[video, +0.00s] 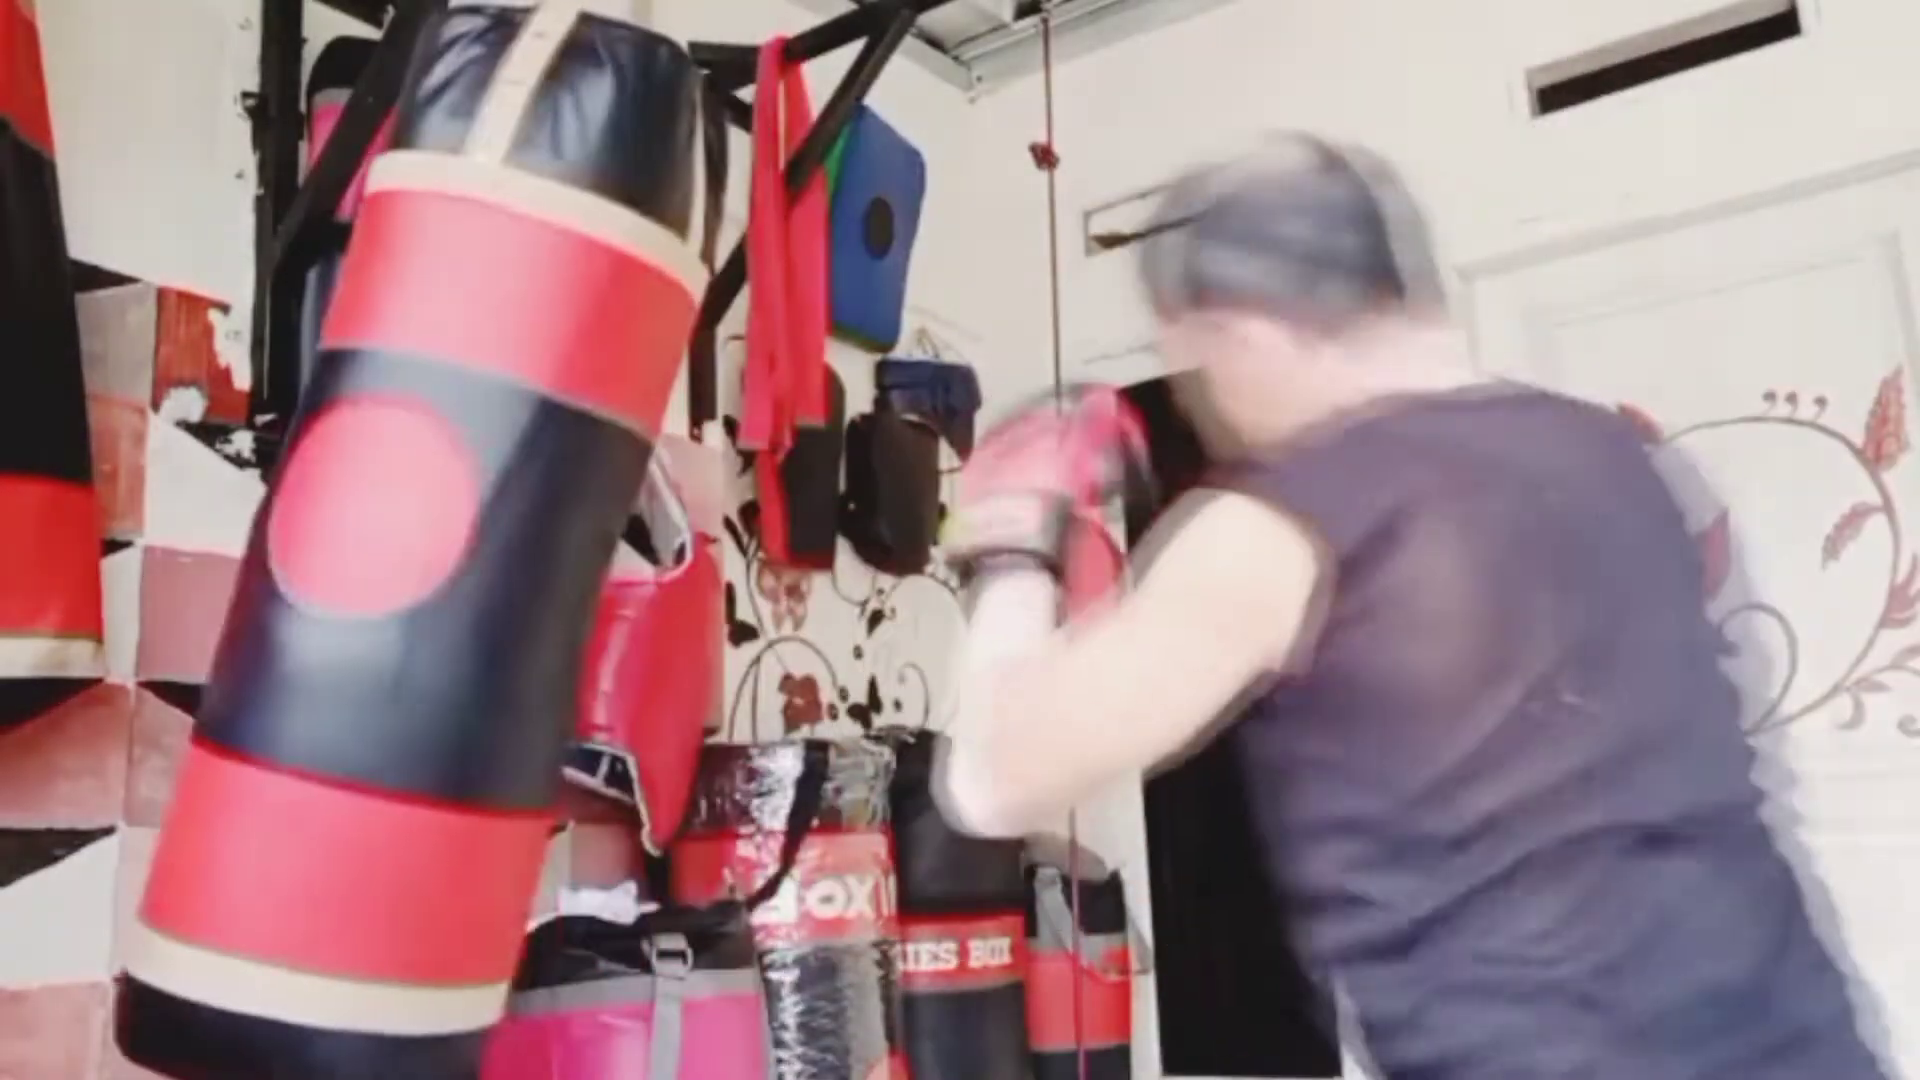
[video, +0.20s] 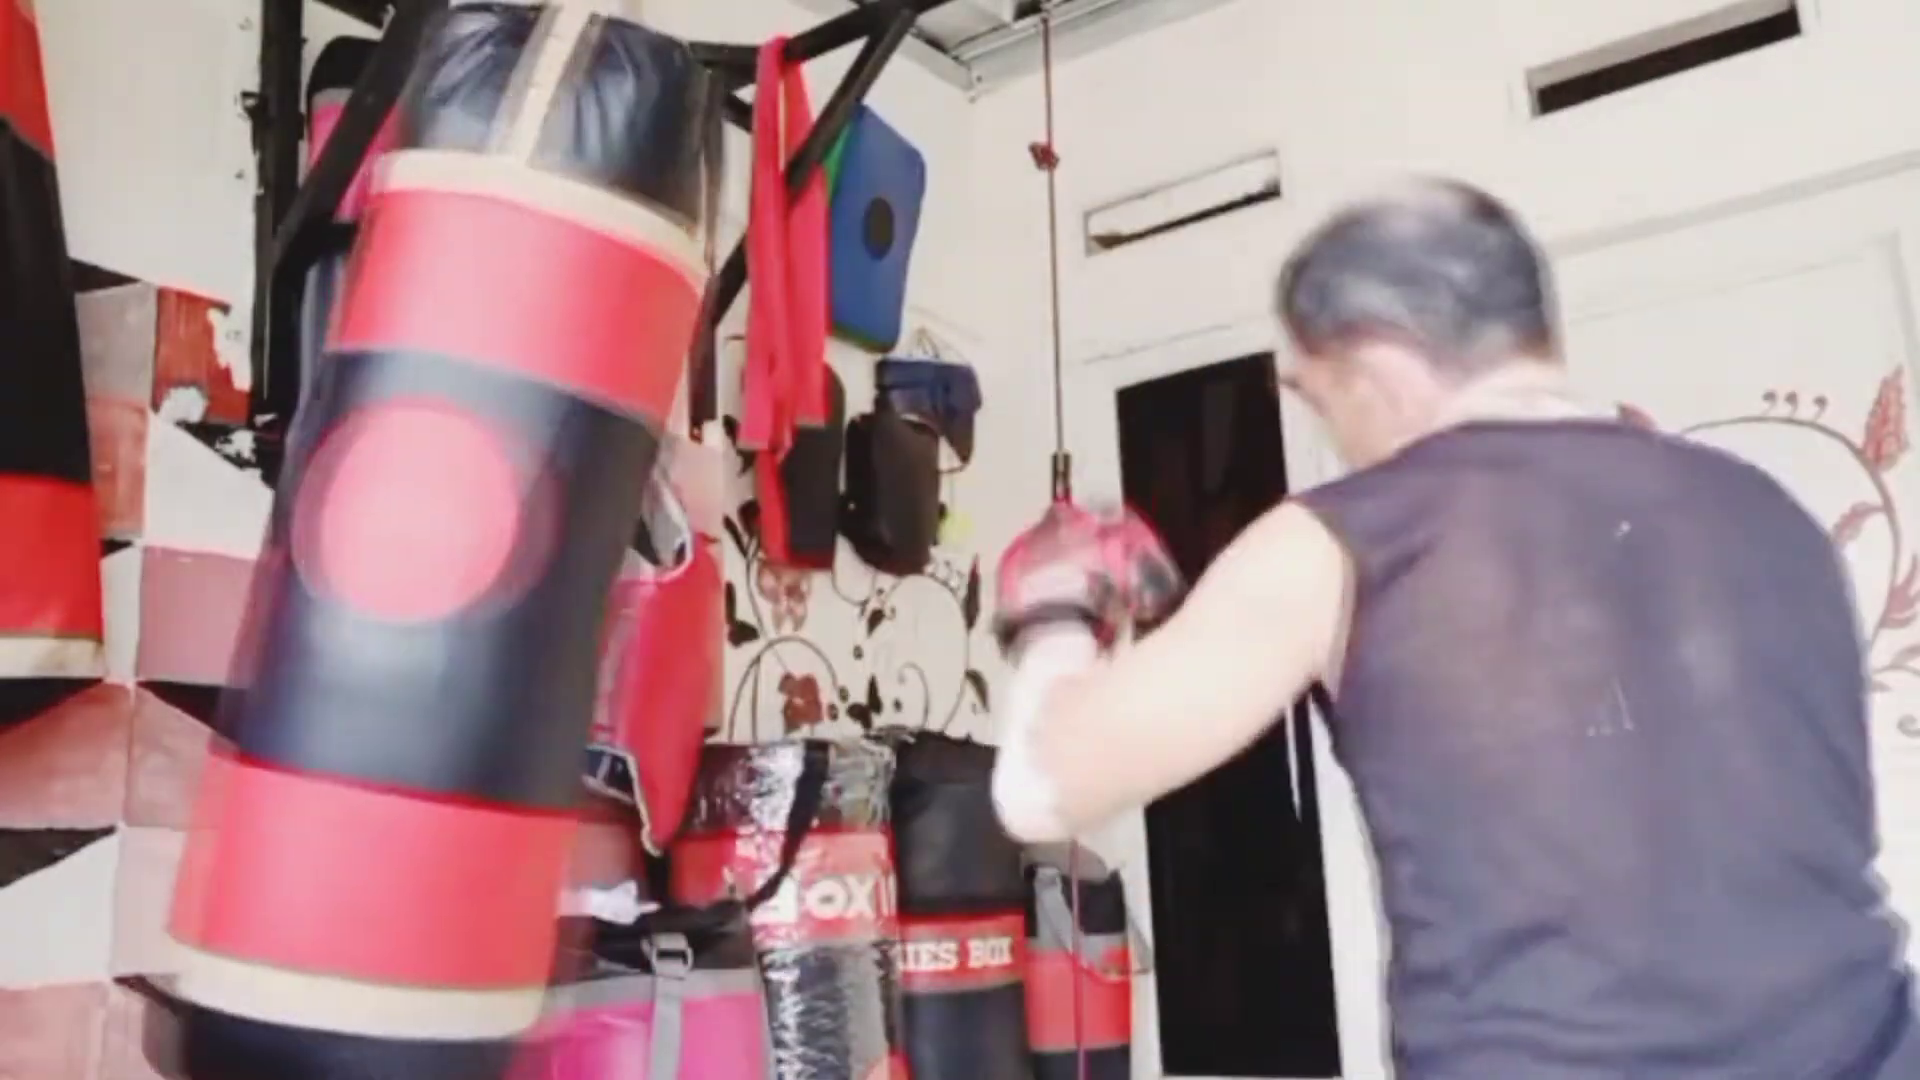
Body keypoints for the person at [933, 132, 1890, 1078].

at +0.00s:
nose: (1199, 404)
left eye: (1190, 362)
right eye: (1184, 368)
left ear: (1252, 326)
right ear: (1386, 285)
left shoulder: (1288, 520)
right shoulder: (1607, 446)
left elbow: (1001, 776)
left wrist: (1011, 549)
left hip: (1524, 1055)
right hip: (1795, 1042)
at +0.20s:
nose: (1326, 435)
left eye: (1314, 399)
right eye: (1306, 403)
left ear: (1384, 371)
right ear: (1534, 332)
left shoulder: (1343, 538)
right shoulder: (1769, 506)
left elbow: (1049, 787)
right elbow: (1838, 834)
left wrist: (1053, 612)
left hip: (1526, 1049)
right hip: (1847, 1044)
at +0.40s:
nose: (1200, 405)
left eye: (1204, 361)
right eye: (1194, 368)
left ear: (1278, 324)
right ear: (1380, 306)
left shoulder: (1341, 520)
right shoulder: (1571, 462)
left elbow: (1078, 836)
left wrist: (1025, 647)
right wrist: (1146, 625)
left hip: (1534, 1057)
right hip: (1740, 1042)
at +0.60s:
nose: (1109, 423)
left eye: (1102, 380)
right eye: (1096, 384)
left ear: (1171, 365)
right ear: (1315, 323)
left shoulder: (1328, 499)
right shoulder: (1470, 461)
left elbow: (1115, 771)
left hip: (1534, 1059)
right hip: (1673, 1038)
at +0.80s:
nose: (1230, 365)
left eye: (1224, 328)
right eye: (1217, 335)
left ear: (1271, 289)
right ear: (1423, 260)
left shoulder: (1266, 469)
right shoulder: (1711, 457)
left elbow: (1006, 731)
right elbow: (1783, 813)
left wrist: (925, 613)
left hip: (1447, 1037)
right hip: (1763, 1032)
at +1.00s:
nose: (1355, 332)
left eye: (1350, 287)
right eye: (1343, 292)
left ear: (1412, 248)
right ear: (1582, 228)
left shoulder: (1397, 454)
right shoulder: (1825, 446)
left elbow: (1151, 808)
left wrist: (1176, 601)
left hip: (1525, 1048)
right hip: (1850, 1044)